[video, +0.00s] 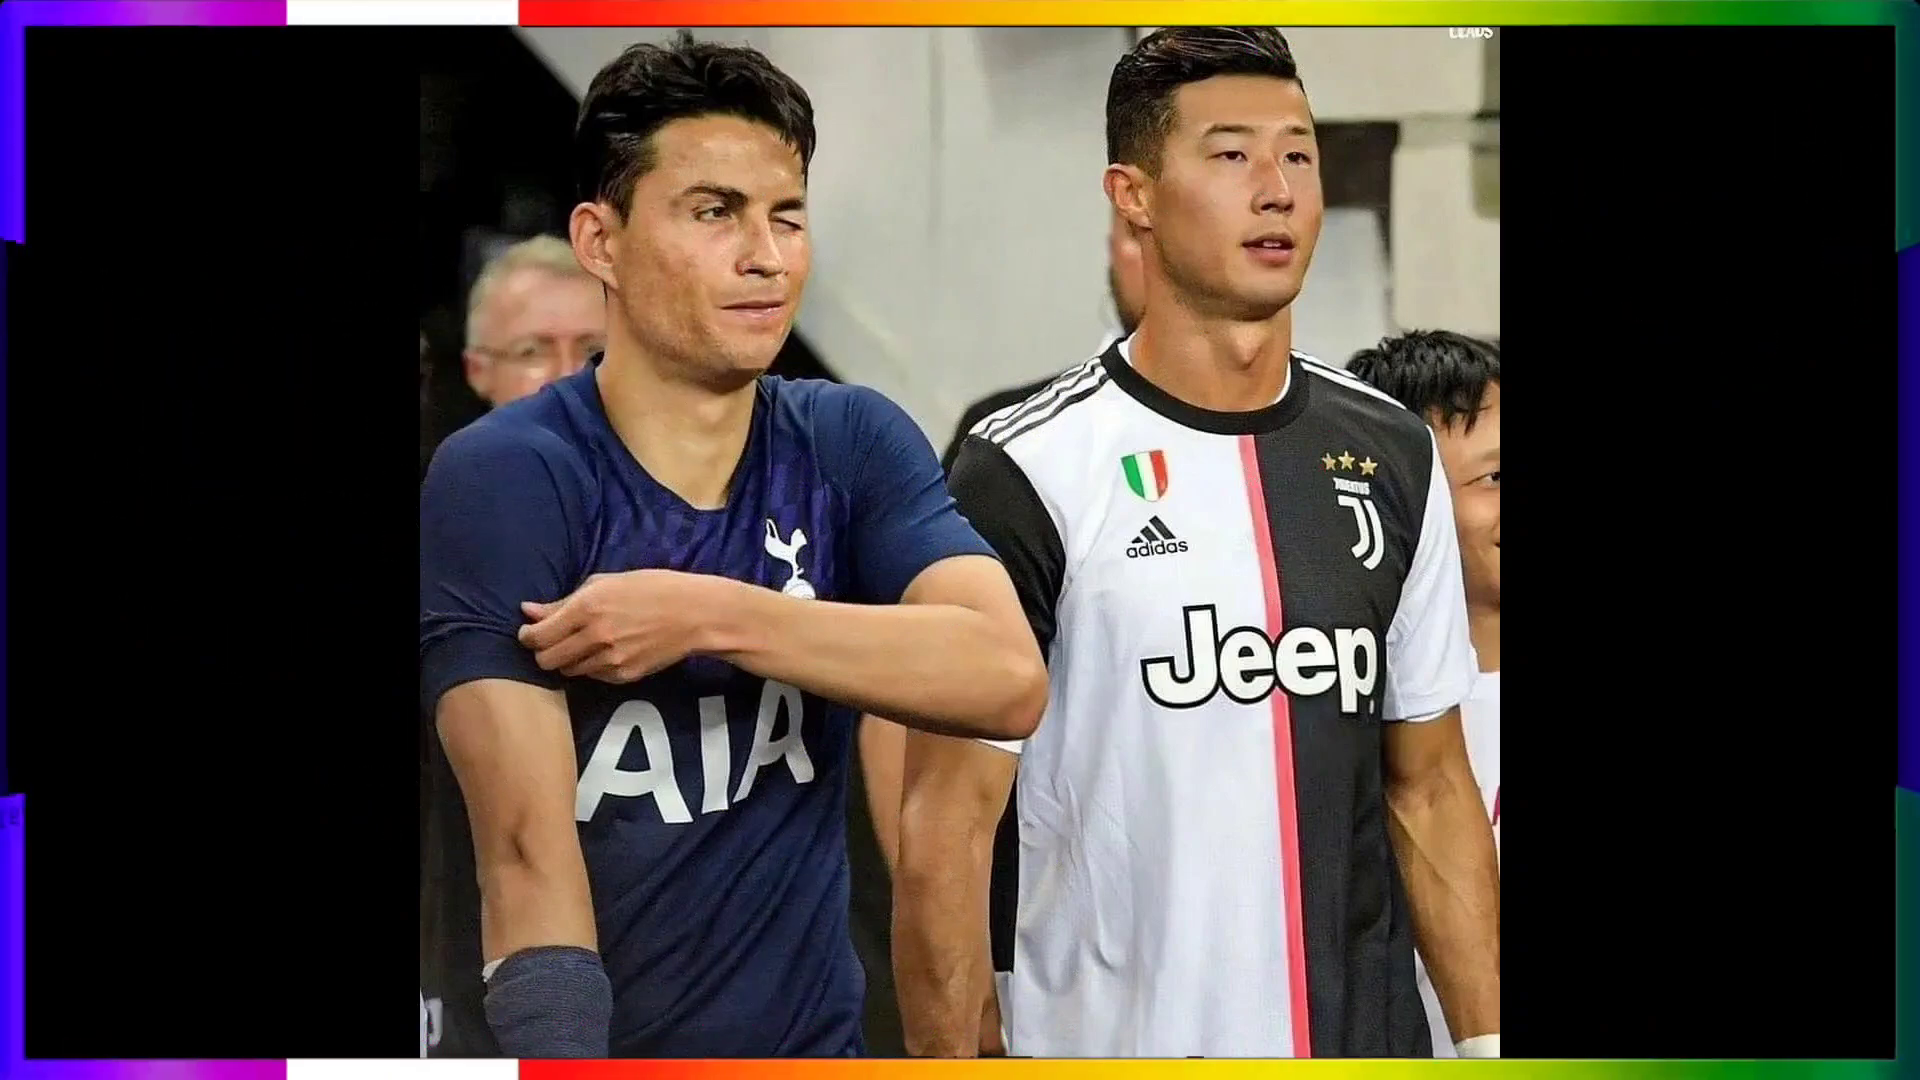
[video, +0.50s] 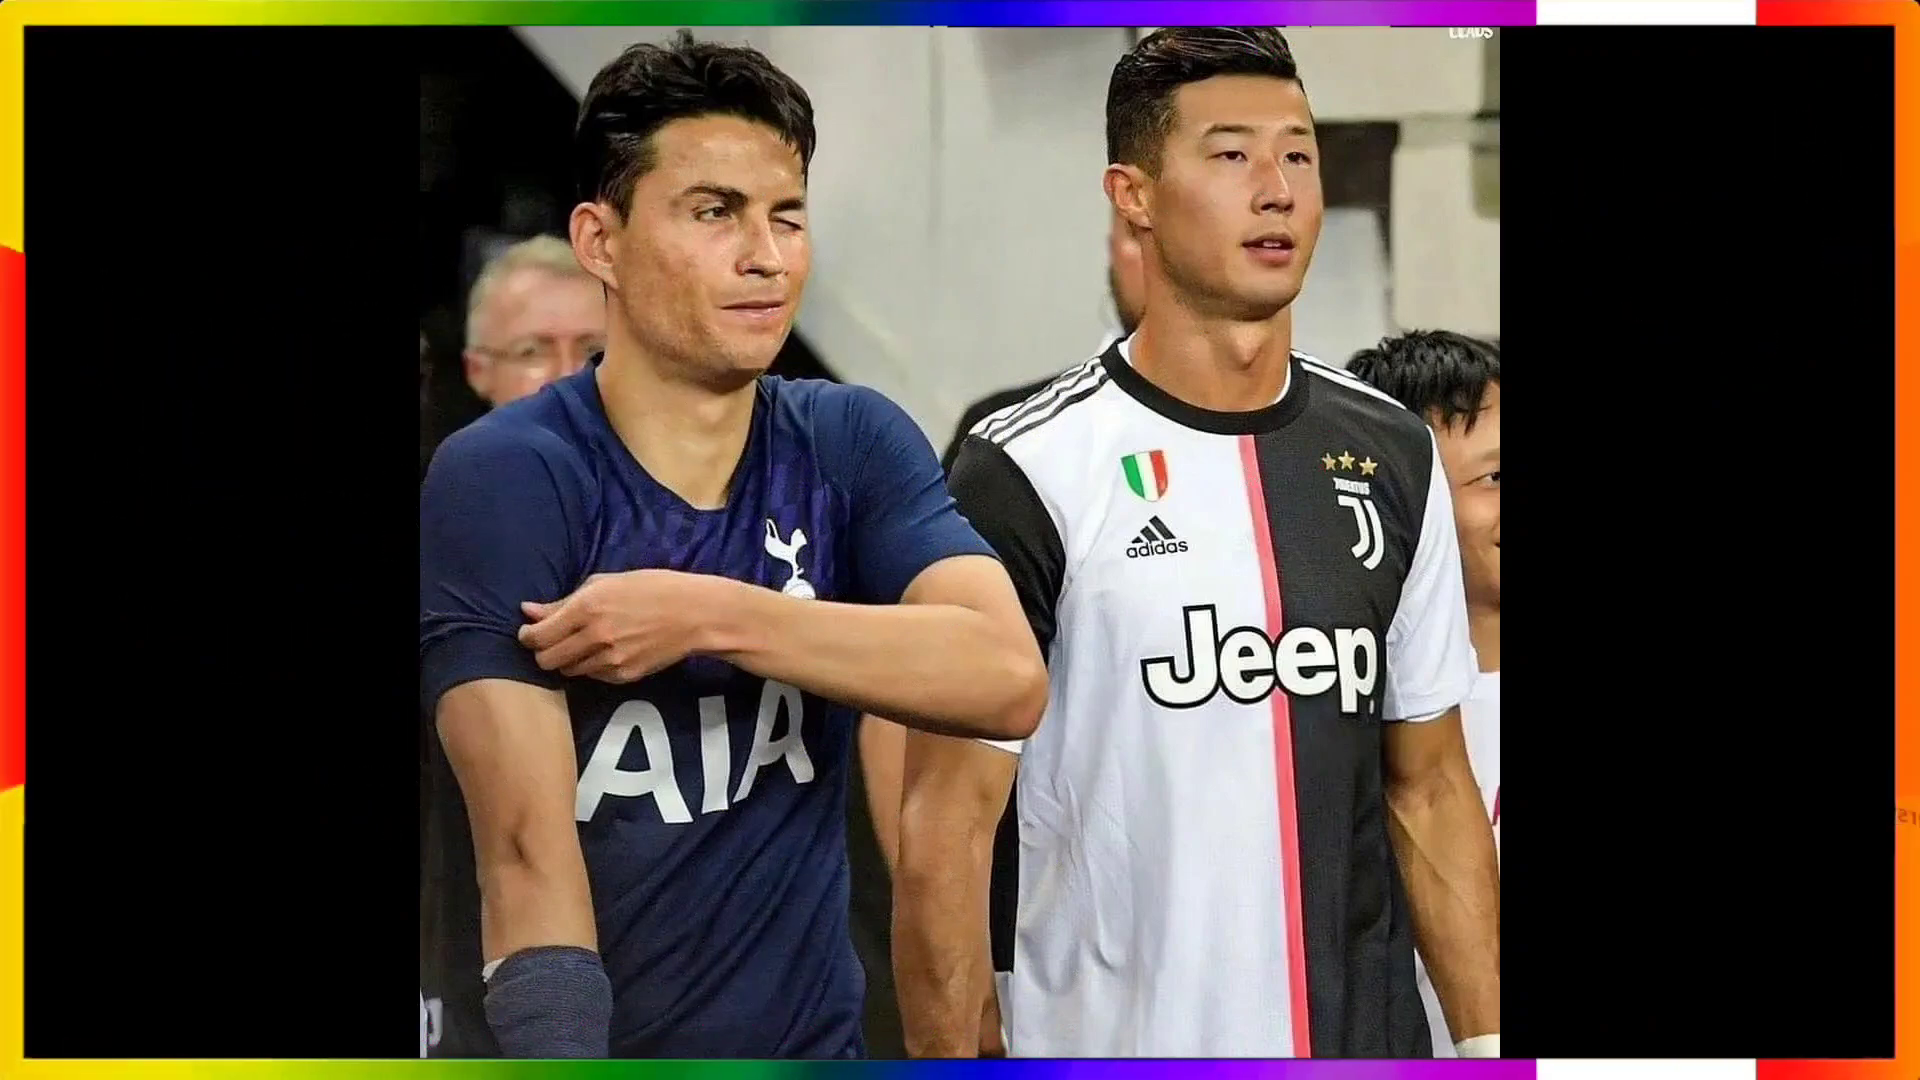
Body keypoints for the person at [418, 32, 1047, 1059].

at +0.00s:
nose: (765, 257)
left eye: (785, 217)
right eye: (712, 212)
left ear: (809, 235)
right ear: (601, 242)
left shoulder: (856, 439)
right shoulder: (500, 476)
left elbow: (1009, 681)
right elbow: (525, 851)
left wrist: (714, 613)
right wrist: (560, 1059)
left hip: (810, 1041)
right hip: (599, 1037)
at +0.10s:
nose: (765, 257)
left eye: (786, 217)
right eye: (712, 212)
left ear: (809, 236)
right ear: (601, 242)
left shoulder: (856, 439)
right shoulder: (500, 476)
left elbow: (1009, 681)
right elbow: (525, 851)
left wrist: (714, 613)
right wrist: (557, 1061)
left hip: (810, 1041)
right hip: (596, 1038)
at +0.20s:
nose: (765, 257)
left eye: (785, 218)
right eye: (712, 212)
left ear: (809, 237)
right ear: (601, 241)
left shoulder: (856, 439)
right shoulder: (499, 476)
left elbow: (1009, 681)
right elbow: (525, 851)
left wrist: (713, 613)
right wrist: (560, 1059)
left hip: (810, 1041)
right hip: (592, 1036)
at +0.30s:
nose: (766, 257)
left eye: (785, 218)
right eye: (712, 212)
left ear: (809, 237)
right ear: (601, 241)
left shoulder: (857, 439)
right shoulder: (499, 476)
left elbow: (1009, 681)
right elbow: (525, 851)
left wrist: (713, 613)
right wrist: (560, 1056)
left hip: (810, 1042)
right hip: (591, 1036)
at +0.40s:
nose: (766, 257)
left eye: (785, 218)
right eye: (712, 212)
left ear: (809, 237)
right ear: (601, 241)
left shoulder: (857, 439)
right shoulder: (499, 476)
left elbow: (1009, 681)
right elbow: (525, 851)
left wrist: (714, 613)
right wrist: (561, 1059)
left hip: (812, 1042)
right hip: (593, 1036)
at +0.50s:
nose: (766, 257)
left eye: (785, 218)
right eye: (712, 212)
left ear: (809, 237)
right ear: (601, 241)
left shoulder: (856, 439)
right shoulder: (499, 476)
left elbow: (1009, 681)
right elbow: (525, 851)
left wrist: (713, 613)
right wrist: (561, 1058)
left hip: (812, 1042)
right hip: (594, 1036)